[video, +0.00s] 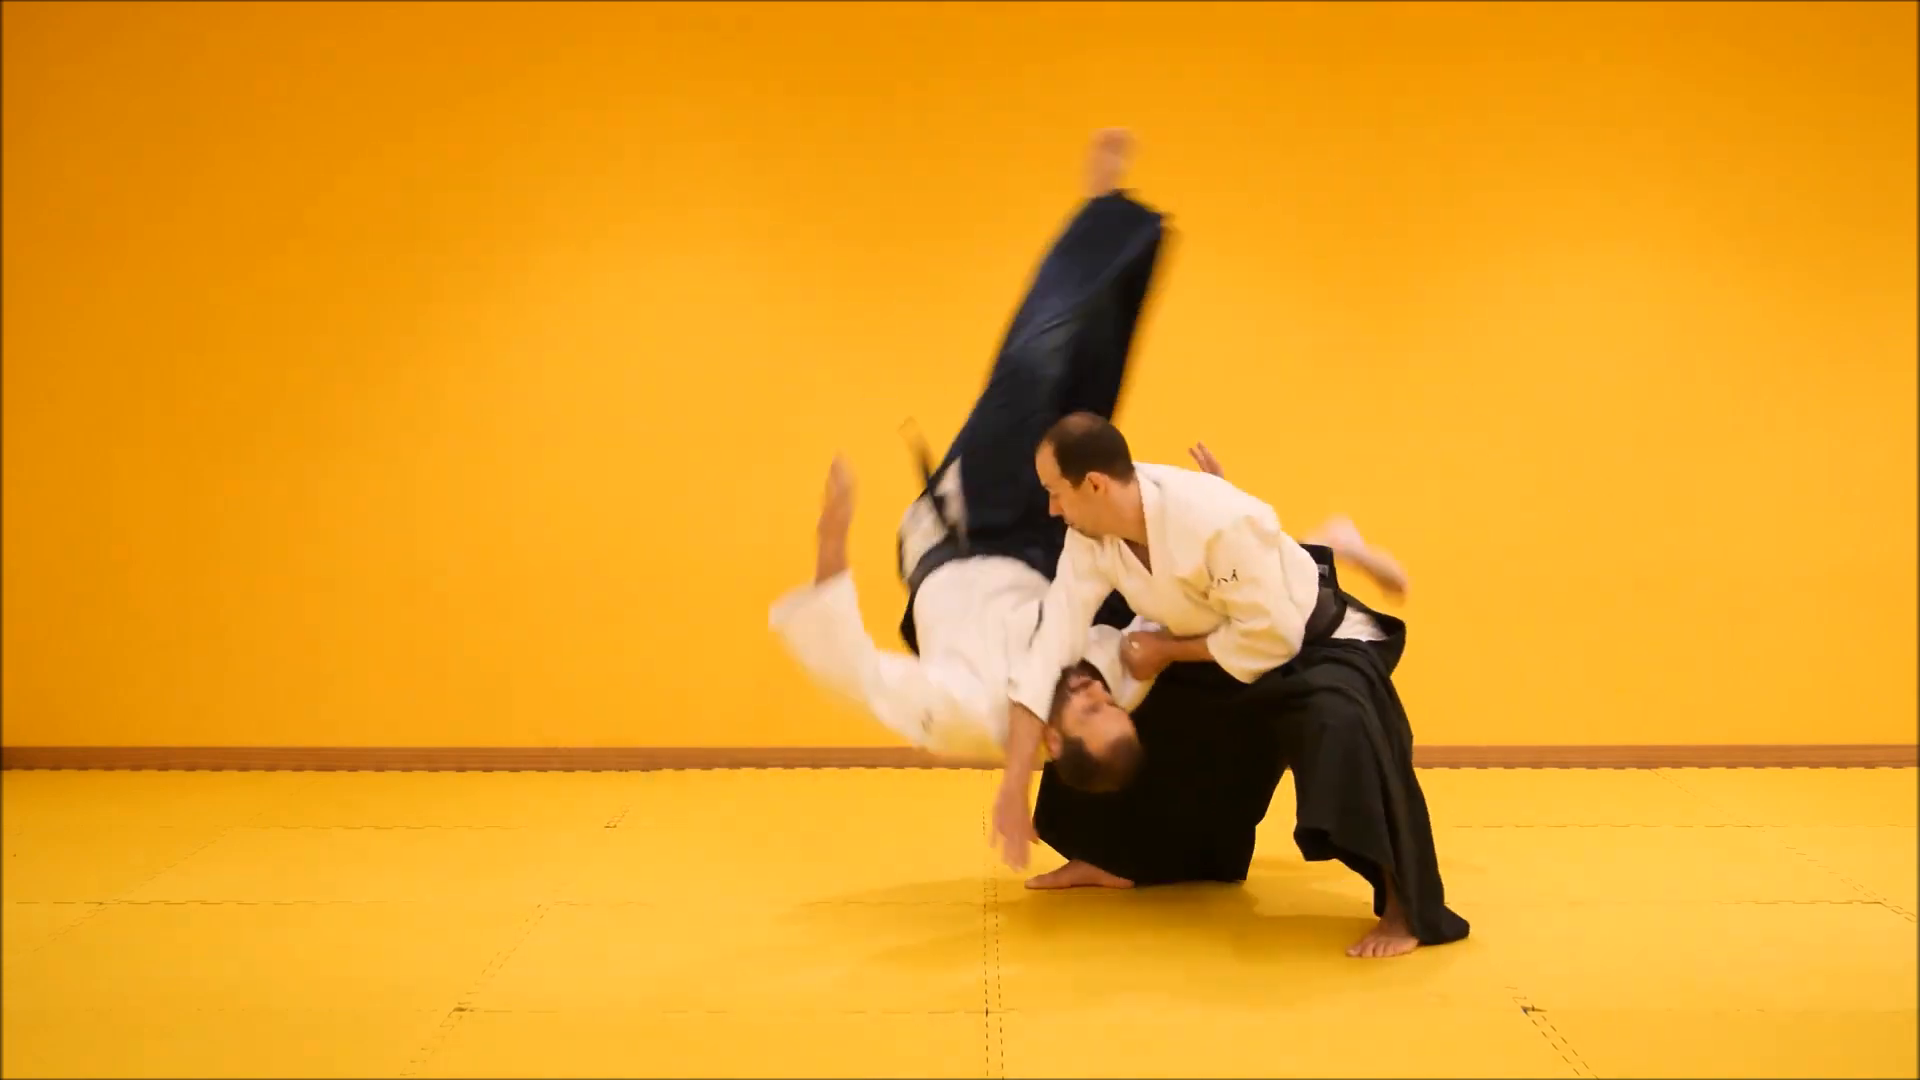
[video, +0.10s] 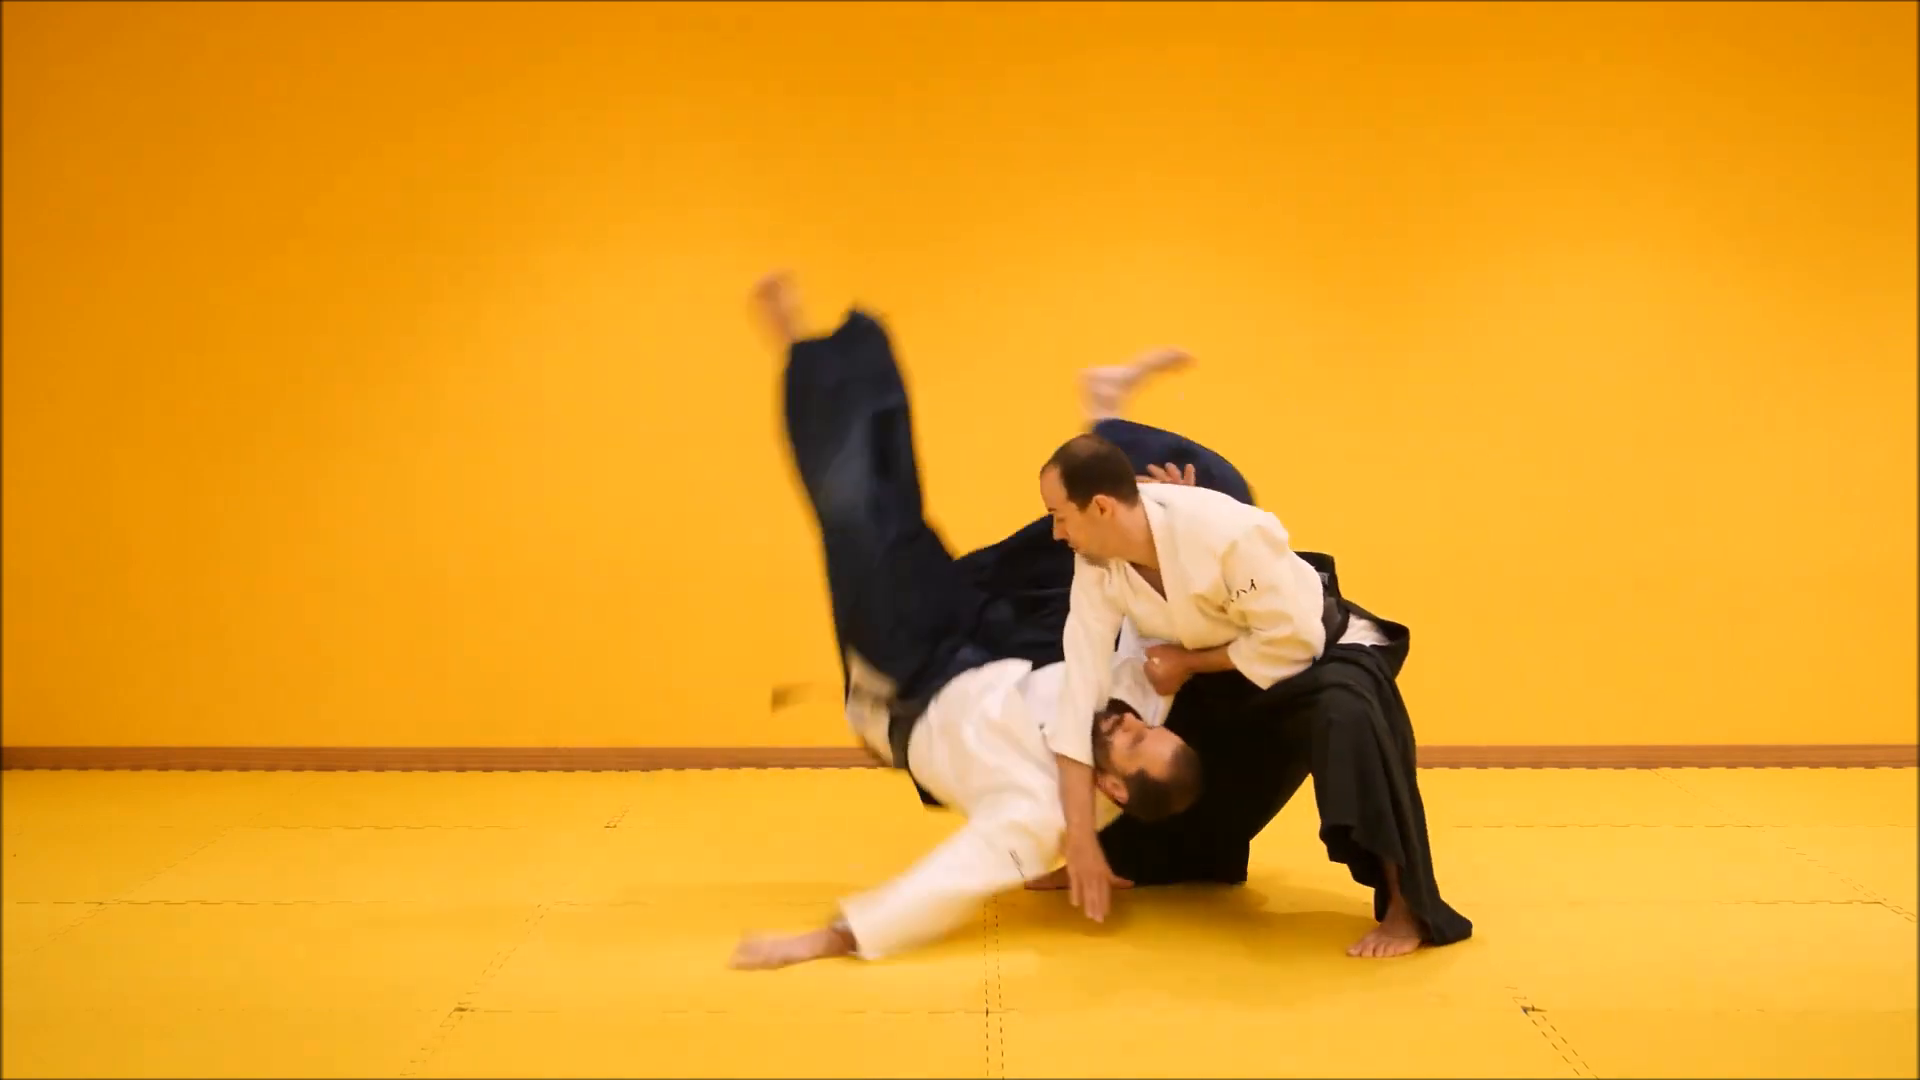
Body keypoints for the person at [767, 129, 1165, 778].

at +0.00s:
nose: (1092, 695)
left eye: (1086, 716)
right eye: (1111, 710)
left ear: (1058, 741)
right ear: (1122, 707)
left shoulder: (961, 716)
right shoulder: (1119, 663)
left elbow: (853, 668)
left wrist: (831, 550)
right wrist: (1215, 514)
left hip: (962, 545)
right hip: (1061, 557)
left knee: (1034, 360)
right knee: (1090, 388)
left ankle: (1107, 205)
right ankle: (1135, 230)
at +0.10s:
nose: (1129, 724)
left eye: (1133, 748)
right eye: (1146, 727)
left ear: (1117, 791)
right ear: (1156, 719)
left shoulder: (1040, 822)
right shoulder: (1138, 693)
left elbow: (942, 885)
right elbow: (1113, 594)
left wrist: (823, 942)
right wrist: (1154, 515)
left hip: (908, 692)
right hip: (967, 643)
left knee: (852, 512)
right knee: (893, 509)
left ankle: (801, 346)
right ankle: (856, 340)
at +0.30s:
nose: (1155, 789)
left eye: (1169, 813)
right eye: (1173, 780)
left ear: (1166, 841)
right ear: (1169, 759)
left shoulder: (1098, 875)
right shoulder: (1109, 732)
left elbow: (977, 906)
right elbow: (1079, 648)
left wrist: (869, 853)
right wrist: (1084, 551)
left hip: (886, 843)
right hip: (914, 745)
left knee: (697, 855)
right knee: (748, 674)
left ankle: (542, 784)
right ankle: (674, 772)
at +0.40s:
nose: (1119, 803)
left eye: (1135, 826)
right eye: (1137, 795)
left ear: (1135, 854)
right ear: (1139, 777)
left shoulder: (1078, 886)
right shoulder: (1090, 742)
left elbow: (964, 916)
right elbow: (1057, 650)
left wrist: (928, 788)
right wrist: (1080, 549)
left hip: (858, 845)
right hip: (866, 758)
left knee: (680, 808)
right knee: (676, 706)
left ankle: (552, 716)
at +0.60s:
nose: (1033, 796)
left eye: (1055, 804)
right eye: (1038, 776)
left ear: (1086, 809)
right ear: (1045, 738)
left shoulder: (1074, 852)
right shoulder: (1004, 693)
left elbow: (1043, 923)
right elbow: (910, 632)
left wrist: (958, 862)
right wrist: (810, 563)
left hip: (824, 874)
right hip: (811, 779)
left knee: (633, 851)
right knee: (606, 762)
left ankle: (501, 781)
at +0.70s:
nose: (968, 764)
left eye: (987, 763)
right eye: (964, 746)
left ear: (1027, 754)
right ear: (965, 708)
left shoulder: (1040, 805)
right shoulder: (937, 677)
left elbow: (1056, 911)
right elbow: (825, 672)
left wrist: (954, 903)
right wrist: (697, 682)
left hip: (820, 868)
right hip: (790, 779)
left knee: (656, 862)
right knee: (603, 775)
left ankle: (484, 868)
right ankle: (501, 894)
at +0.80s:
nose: (896, 725)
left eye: (916, 719)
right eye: (889, 706)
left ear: (955, 705)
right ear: (878, 669)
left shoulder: (996, 764)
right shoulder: (836, 655)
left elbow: (1041, 877)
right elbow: (743, 713)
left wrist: (953, 918)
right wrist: (668, 788)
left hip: (822, 860)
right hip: (766, 777)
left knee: (663, 873)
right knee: (609, 734)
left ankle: (516, 897)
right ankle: (518, 886)